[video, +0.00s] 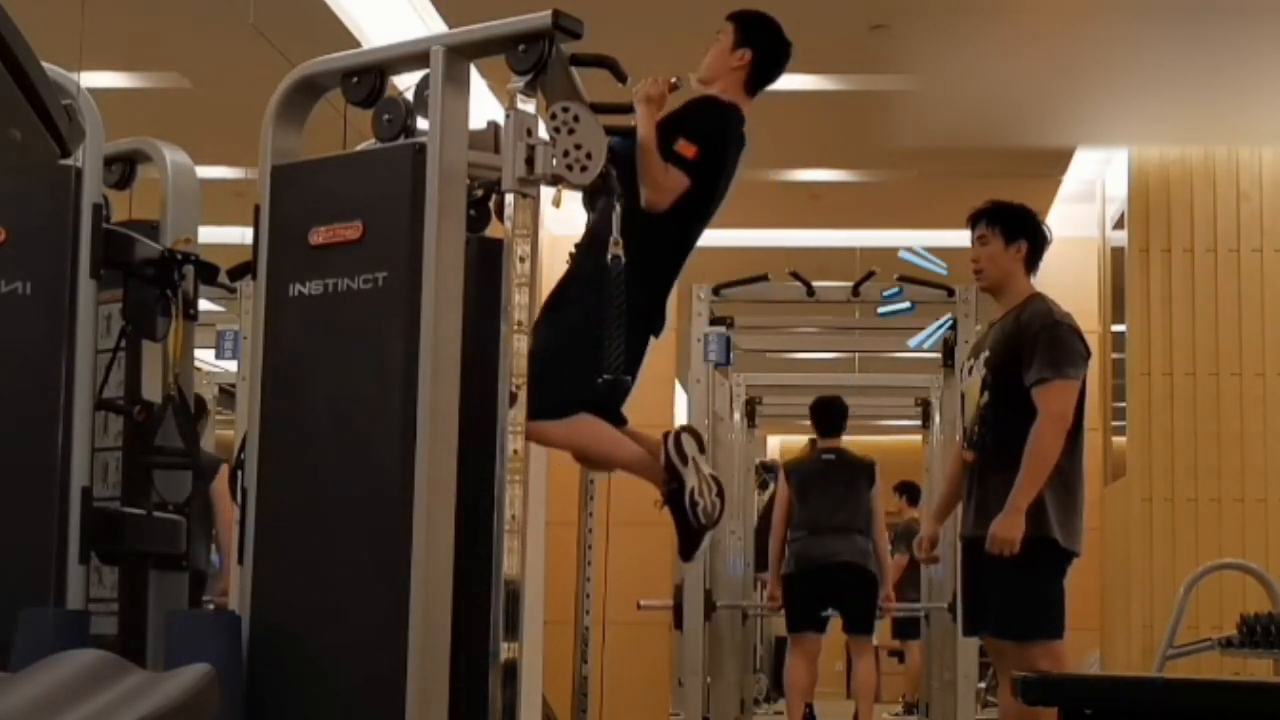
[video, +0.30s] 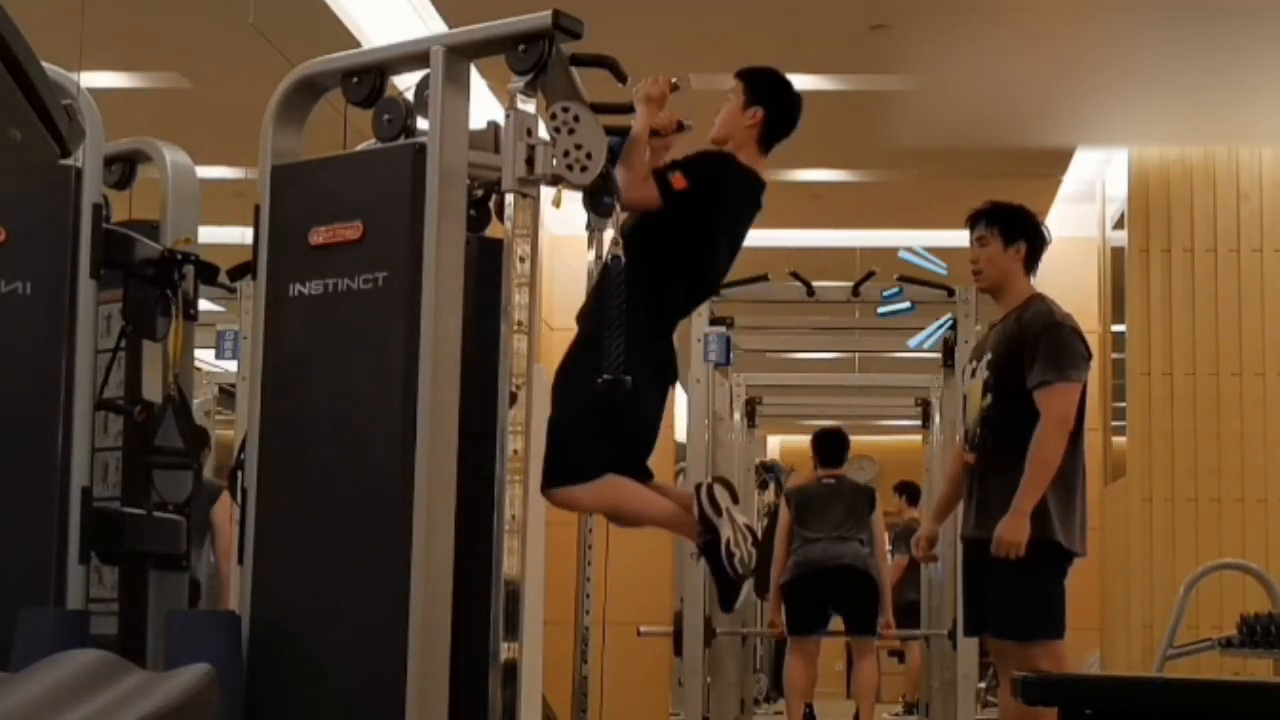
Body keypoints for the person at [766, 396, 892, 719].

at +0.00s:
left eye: (817, 420)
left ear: (812, 425)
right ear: (845, 425)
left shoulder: (791, 469)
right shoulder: (866, 469)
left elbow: (777, 529)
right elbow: (878, 532)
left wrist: (773, 578)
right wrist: (887, 583)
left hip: (806, 573)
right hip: (855, 572)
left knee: (802, 649)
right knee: (862, 649)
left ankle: (797, 715)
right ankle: (864, 715)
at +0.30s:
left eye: (816, 452)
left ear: (813, 456)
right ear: (847, 455)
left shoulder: (793, 496)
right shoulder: (867, 495)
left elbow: (779, 557)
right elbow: (881, 557)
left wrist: (774, 607)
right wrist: (887, 611)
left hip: (806, 583)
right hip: (856, 582)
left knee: (801, 652)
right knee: (864, 652)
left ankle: (797, 715)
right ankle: (865, 715)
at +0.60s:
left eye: (818, 473)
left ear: (814, 477)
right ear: (847, 477)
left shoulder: (795, 514)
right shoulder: (868, 514)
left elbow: (780, 574)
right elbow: (881, 575)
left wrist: (780, 620)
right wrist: (887, 630)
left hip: (807, 589)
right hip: (858, 588)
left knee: (799, 651)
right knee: (866, 654)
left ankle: (796, 715)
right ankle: (865, 715)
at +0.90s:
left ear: (815, 489)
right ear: (847, 489)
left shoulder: (794, 525)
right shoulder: (868, 524)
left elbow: (781, 588)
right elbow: (882, 584)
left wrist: (777, 645)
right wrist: (886, 640)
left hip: (807, 593)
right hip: (858, 591)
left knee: (797, 654)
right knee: (867, 655)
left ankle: (798, 713)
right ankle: (865, 715)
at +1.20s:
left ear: (816, 469)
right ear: (849, 467)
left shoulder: (797, 506)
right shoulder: (869, 506)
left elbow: (782, 569)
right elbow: (881, 568)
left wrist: (776, 623)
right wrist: (887, 622)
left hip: (807, 585)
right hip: (858, 584)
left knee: (800, 652)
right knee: (865, 652)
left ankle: (800, 713)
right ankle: (865, 715)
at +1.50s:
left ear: (817, 409)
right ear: (850, 409)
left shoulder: (794, 457)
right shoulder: (870, 457)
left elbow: (778, 518)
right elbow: (883, 519)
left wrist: (774, 569)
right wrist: (890, 571)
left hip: (807, 566)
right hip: (857, 566)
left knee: (804, 647)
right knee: (860, 647)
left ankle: (797, 715)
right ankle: (864, 714)